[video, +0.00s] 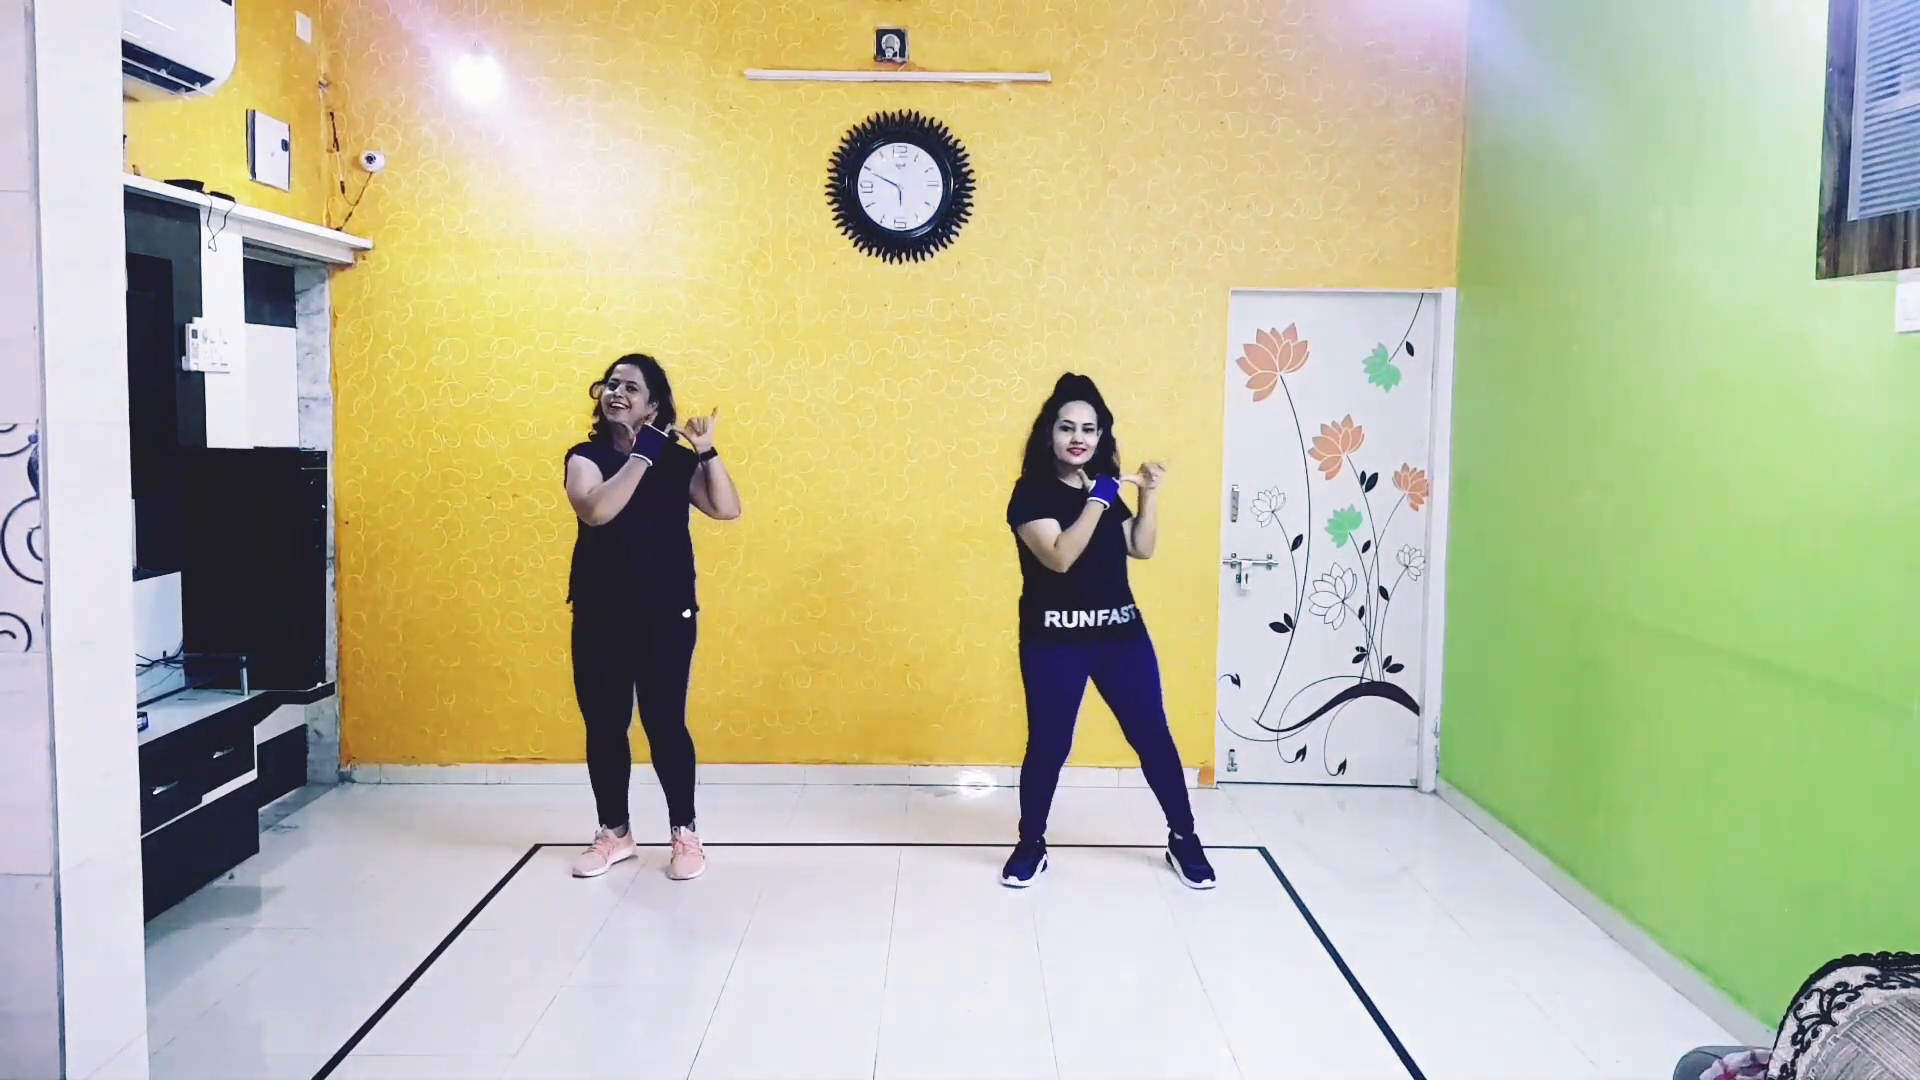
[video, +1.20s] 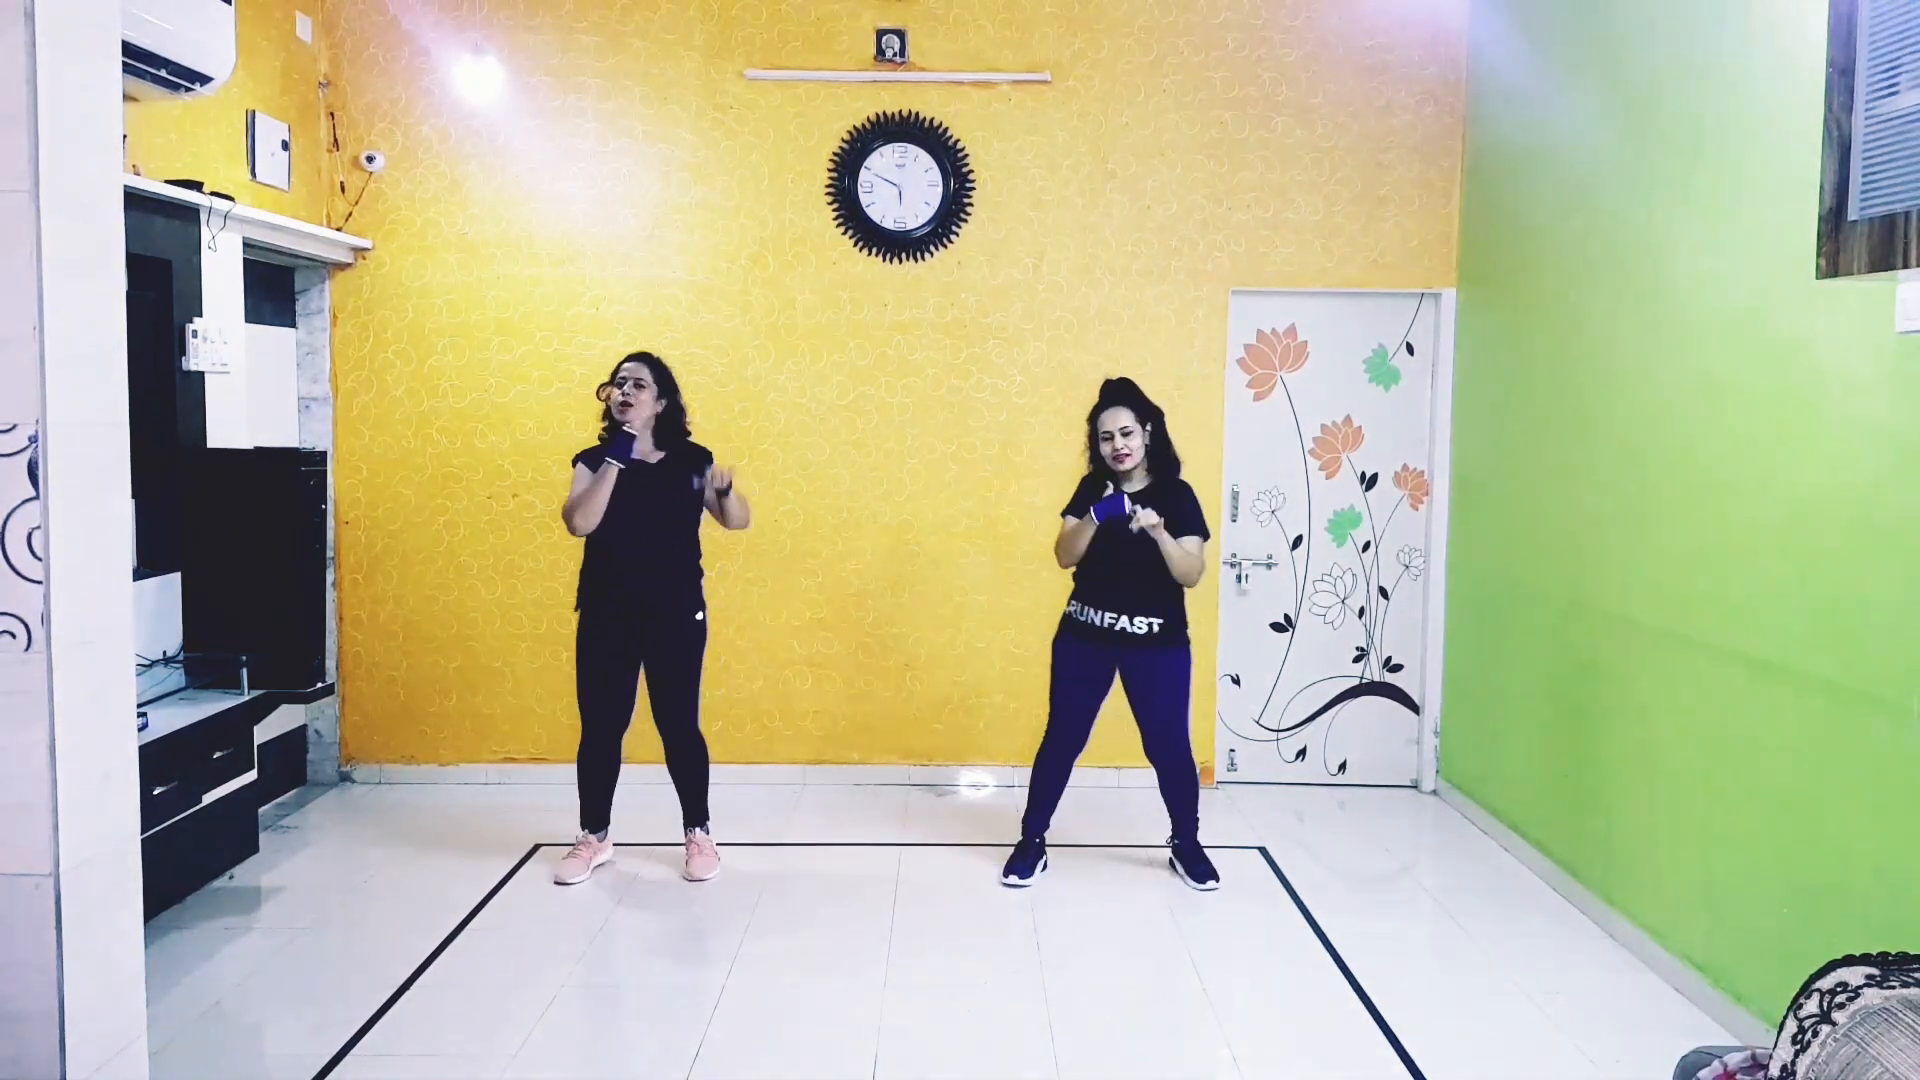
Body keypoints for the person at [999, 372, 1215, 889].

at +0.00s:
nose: (1078, 439)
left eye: (1089, 429)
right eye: (1067, 427)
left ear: (1102, 435)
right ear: (1048, 432)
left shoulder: (1107, 487)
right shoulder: (1029, 493)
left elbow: (1142, 548)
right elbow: (1057, 559)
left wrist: (1148, 498)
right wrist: (1097, 503)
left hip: (1118, 634)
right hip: (1053, 640)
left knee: (1153, 738)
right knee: (1048, 747)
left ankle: (1185, 838)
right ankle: (1031, 843)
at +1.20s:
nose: (1119, 445)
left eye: (1128, 433)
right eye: (1107, 437)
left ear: (1148, 434)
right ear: (1097, 443)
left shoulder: (1176, 494)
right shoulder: (1093, 488)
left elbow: (1191, 573)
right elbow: (1065, 557)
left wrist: (1160, 533)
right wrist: (1094, 516)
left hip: (1156, 643)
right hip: (1086, 635)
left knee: (1171, 750)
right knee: (1062, 739)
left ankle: (1187, 843)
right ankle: (1032, 840)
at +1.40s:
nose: (1133, 445)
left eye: (1144, 433)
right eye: (1123, 435)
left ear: (1166, 435)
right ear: (1112, 442)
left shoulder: (1194, 494)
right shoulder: (1110, 492)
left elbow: (1221, 568)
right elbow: (1083, 566)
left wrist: (1178, 583)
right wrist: (1111, 535)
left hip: (1182, 645)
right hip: (1111, 639)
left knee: (1185, 753)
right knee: (1077, 744)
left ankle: (1187, 845)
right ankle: (1034, 840)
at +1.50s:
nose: (1139, 445)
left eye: (1150, 433)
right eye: (1129, 435)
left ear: (1172, 436)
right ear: (1117, 443)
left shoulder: (1200, 497)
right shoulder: (1112, 496)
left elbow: (1223, 573)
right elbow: (1088, 573)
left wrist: (1211, 636)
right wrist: (1113, 539)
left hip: (1188, 643)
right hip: (1119, 641)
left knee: (1189, 755)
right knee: (1083, 744)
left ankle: (1187, 845)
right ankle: (1035, 840)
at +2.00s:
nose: (1082, 441)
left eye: (1092, 432)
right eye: (1071, 432)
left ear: (1107, 440)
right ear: (1057, 442)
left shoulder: (1136, 480)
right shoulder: (1055, 502)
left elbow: (1177, 541)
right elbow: (1074, 575)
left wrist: (1216, 586)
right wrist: (1081, 502)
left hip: (1167, 635)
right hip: (1098, 642)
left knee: (1182, 743)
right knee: (1072, 747)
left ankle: (1187, 842)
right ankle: (1034, 842)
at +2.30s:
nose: (1053, 435)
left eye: (1063, 426)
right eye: (1042, 425)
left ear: (1075, 434)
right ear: (1023, 435)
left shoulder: (1093, 480)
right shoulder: (1014, 496)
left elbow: (1120, 541)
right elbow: (1036, 568)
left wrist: (1144, 593)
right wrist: (1049, 494)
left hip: (1121, 629)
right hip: (1056, 638)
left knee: (1152, 735)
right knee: (1049, 749)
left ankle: (1181, 837)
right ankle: (1032, 843)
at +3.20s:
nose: (1107, 434)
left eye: (1118, 425)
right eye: (1097, 426)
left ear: (1137, 433)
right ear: (1085, 436)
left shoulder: (1151, 503)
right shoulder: (1069, 477)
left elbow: (1161, 586)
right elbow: (1028, 533)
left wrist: (1173, 663)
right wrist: (1072, 487)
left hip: (1111, 639)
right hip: (1042, 629)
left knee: (1140, 746)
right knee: (1036, 742)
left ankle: (1178, 838)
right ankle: (1030, 842)